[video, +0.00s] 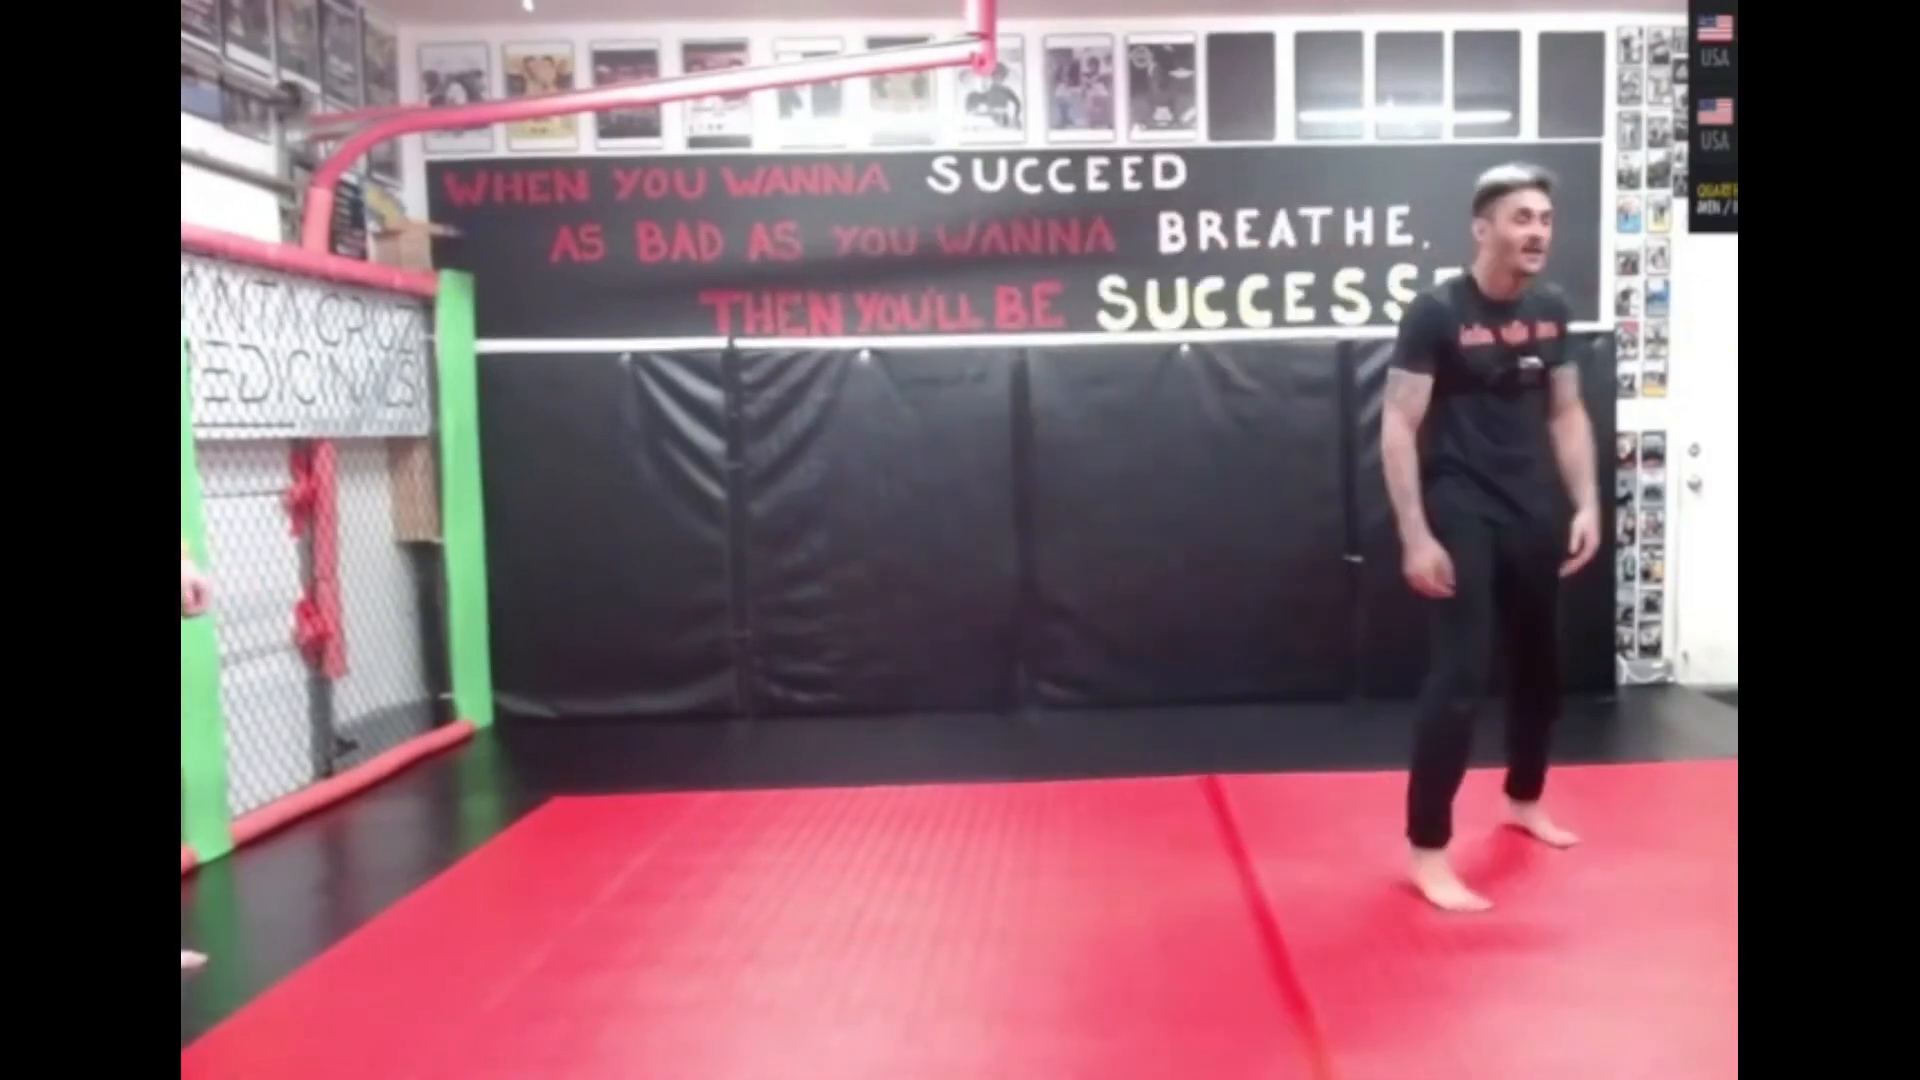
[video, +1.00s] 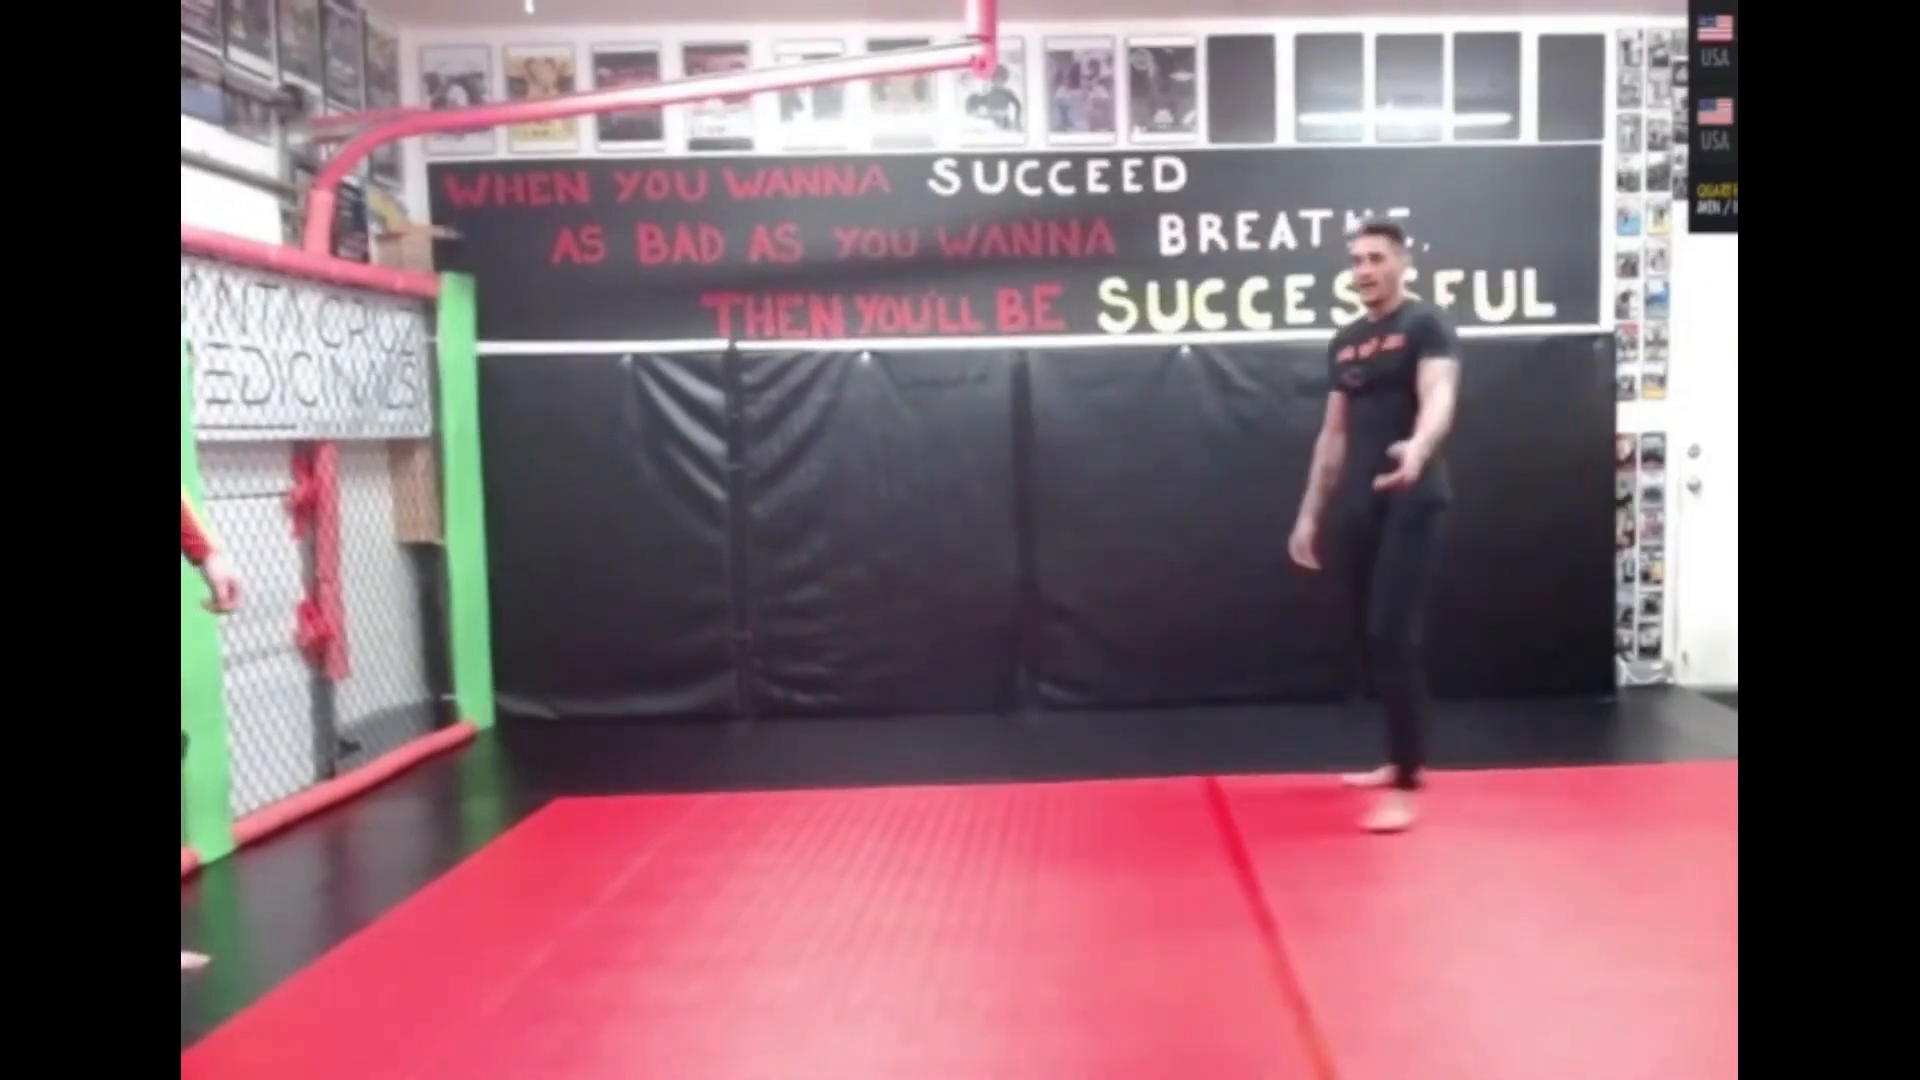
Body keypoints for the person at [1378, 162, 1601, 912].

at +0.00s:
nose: (1537, 231)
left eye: (1545, 219)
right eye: (1522, 218)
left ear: (1551, 232)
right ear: (1482, 227)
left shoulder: (1548, 308)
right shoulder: (1436, 312)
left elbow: (1567, 413)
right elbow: (1396, 428)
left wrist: (1586, 503)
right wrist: (1414, 537)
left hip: (1534, 508)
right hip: (1460, 509)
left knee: (1538, 661)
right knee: (1462, 667)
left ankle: (1523, 799)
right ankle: (1426, 851)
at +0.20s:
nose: (1526, 239)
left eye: (1540, 227)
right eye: (1515, 224)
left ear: (1559, 238)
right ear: (1492, 229)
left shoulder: (1574, 309)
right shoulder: (1447, 307)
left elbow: (1595, 407)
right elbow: (1406, 408)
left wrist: (1624, 485)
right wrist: (1383, 508)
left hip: (1539, 506)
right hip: (1455, 501)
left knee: (1535, 654)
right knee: (1450, 651)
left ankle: (1523, 800)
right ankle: (1439, 813)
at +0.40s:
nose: (1494, 246)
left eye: (1509, 234)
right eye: (1484, 233)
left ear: (1536, 241)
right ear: (1471, 238)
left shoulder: (1565, 315)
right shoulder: (1439, 312)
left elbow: (1591, 413)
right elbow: (1405, 413)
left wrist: (1600, 513)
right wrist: (1386, 508)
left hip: (1533, 512)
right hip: (1446, 509)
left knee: (1526, 657)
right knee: (1430, 648)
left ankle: (1520, 800)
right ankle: (1426, 790)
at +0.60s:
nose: (1438, 251)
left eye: (1451, 239)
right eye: (1431, 241)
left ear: (1487, 245)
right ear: (1426, 250)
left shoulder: (1522, 318)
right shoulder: (1415, 326)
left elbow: (1540, 422)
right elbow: (1398, 424)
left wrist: (1514, 519)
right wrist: (1381, 510)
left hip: (1495, 512)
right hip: (1424, 508)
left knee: (1508, 656)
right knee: (1405, 639)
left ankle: (1518, 797)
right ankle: (1395, 765)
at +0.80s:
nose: (1408, 268)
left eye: (1421, 256)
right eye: (1402, 258)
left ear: (1454, 263)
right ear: (1397, 268)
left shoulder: (1481, 334)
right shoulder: (1386, 343)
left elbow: (1492, 433)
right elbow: (1371, 437)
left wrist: (1457, 518)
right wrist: (1360, 522)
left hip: (1460, 518)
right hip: (1391, 521)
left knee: (1488, 654)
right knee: (1395, 645)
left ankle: (1514, 797)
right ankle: (1404, 759)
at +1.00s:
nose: (1364, 270)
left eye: (1376, 259)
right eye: (1357, 261)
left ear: (1403, 263)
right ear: (1350, 270)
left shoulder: (1425, 325)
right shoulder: (1345, 344)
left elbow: (1440, 398)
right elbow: (1334, 434)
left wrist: (1418, 445)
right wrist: (1308, 516)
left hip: (1411, 494)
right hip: (1360, 499)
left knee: (1391, 626)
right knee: (1371, 626)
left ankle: (1406, 777)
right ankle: (1396, 759)